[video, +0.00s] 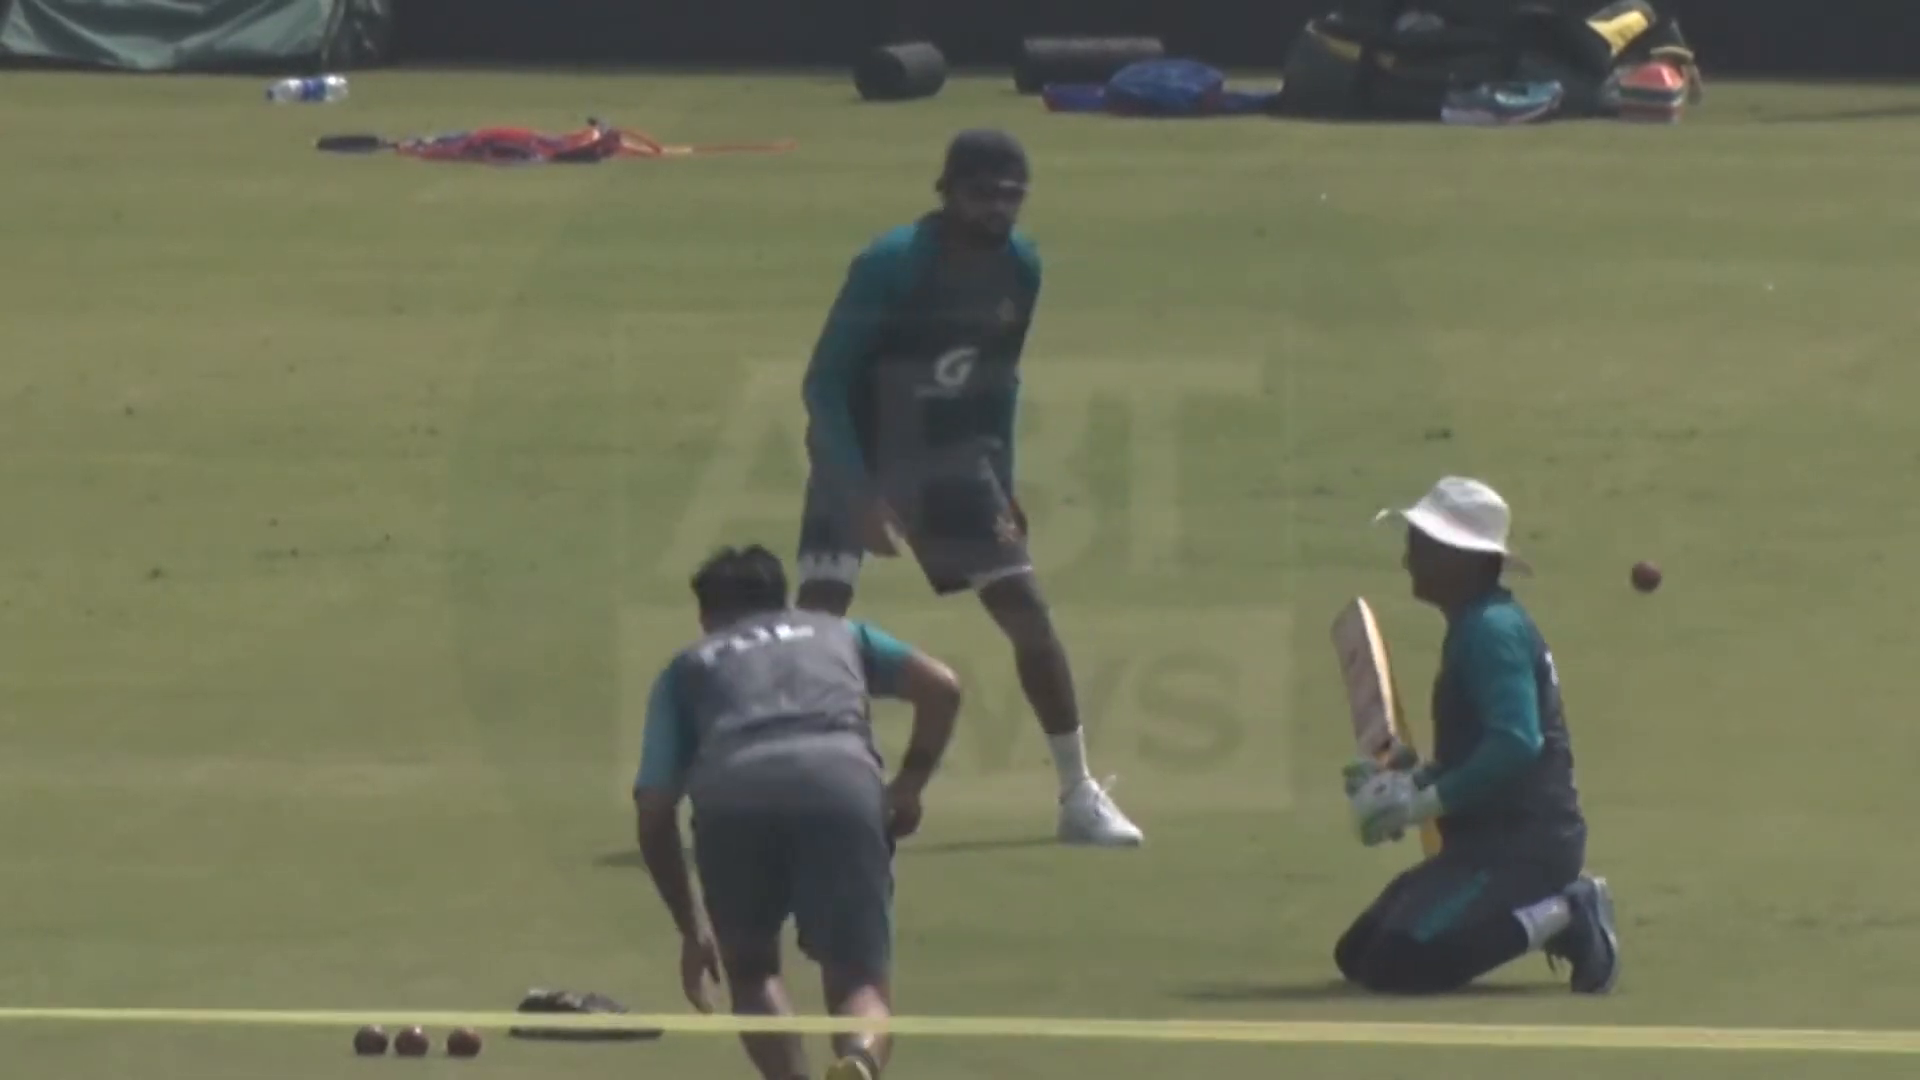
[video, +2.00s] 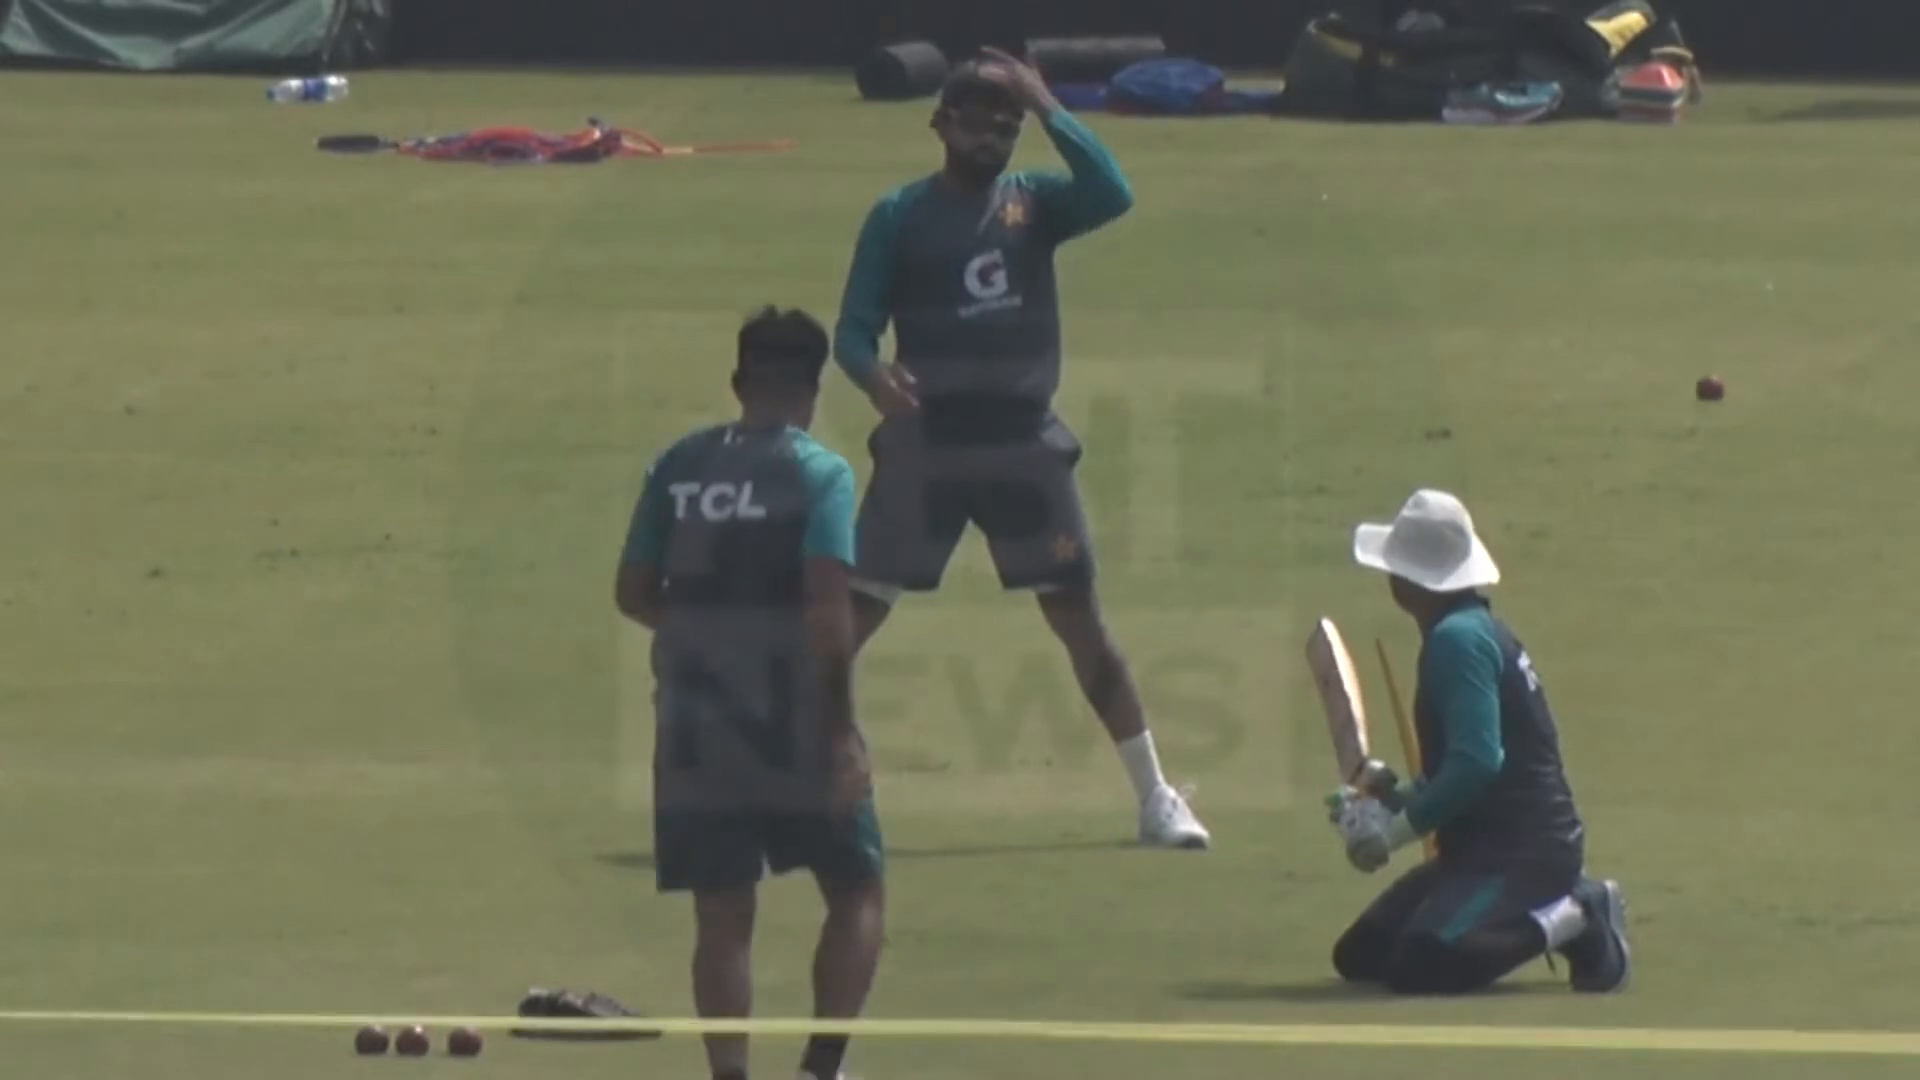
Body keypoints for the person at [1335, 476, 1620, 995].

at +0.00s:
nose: (1407, 556)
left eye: (1421, 543)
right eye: (1410, 541)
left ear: (1463, 557)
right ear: (1462, 558)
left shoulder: (1492, 628)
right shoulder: (1472, 627)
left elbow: (1517, 744)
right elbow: (1483, 760)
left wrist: (1420, 804)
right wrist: (1416, 776)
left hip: (1523, 854)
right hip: (1489, 850)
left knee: (1392, 967)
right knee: (1358, 955)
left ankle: (1565, 913)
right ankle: (1546, 912)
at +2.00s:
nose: (1389, 583)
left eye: (1393, 571)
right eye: (1389, 570)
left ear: (1413, 578)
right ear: (1456, 571)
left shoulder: (1459, 637)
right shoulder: (1463, 634)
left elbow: (1477, 760)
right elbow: (1461, 773)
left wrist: (1396, 828)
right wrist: (1396, 793)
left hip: (1519, 858)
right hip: (1482, 855)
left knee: (1416, 968)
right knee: (1359, 956)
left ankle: (1577, 915)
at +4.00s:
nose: (1418, 587)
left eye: (1436, 571)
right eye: (1409, 573)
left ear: (1473, 578)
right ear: (1397, 579)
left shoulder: (1493, 653)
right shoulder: (1434, 646)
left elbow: (1499, 783)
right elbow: (1450, 767)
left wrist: (1409, 819)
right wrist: (1399, 776)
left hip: (1528, 860)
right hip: (1469, 856)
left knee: (1416, 970)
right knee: (1357, 959)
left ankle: (1578, 919)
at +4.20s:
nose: (1414, 582)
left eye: (1431, 566)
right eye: (1406, 567)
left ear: (1470, 572)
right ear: (1396, 572)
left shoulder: (1492, 640)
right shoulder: (1437, 637)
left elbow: (1448, 766)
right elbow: (1429, 736)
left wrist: (1363, 762)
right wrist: (1369, 720)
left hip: (1520, 857)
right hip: (1463, 851)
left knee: (1415, 971)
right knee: (1356, 959)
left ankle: (1575, 918)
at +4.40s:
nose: (1401, 580)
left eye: (1418, 563)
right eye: (1393, 565)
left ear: (1455, 568)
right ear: (1383, 570)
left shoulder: (1478, 630)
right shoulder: (1431, 636)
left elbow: (1414, 735)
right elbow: (1411, 728)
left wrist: (1317, 725)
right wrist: (1322, 696)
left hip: (1514, 857)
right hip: (1458, 853)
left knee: (1419, 971)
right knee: (1344, 949)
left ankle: (1575, 918)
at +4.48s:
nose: (1374, 580)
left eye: (1388, 566)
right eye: (1372, 566)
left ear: (1429, 570)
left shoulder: (1458, 625)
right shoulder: (1423, 638)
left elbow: (1377, 722)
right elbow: (1377, 751)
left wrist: (1281, 712)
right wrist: (1281, 723)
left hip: (1506, 857)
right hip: (1454, 858)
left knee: (1422, 969)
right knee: (1339, 955)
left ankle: (1576, 917)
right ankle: (1505, 927)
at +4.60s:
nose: (1333, 563)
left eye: (1344, 552)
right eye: (1337, 551)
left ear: (1377, 559)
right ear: (1394, 563)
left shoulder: (1408, 603)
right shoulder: (1387, 660)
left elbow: (1297, 625)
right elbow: (1292, 737)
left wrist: (1191, 640)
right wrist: (1180, 703)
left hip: (1489, 846)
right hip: (1446, 851)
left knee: (1416, 968)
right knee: (1335, 955)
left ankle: (1576, 915)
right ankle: (1520, 923)